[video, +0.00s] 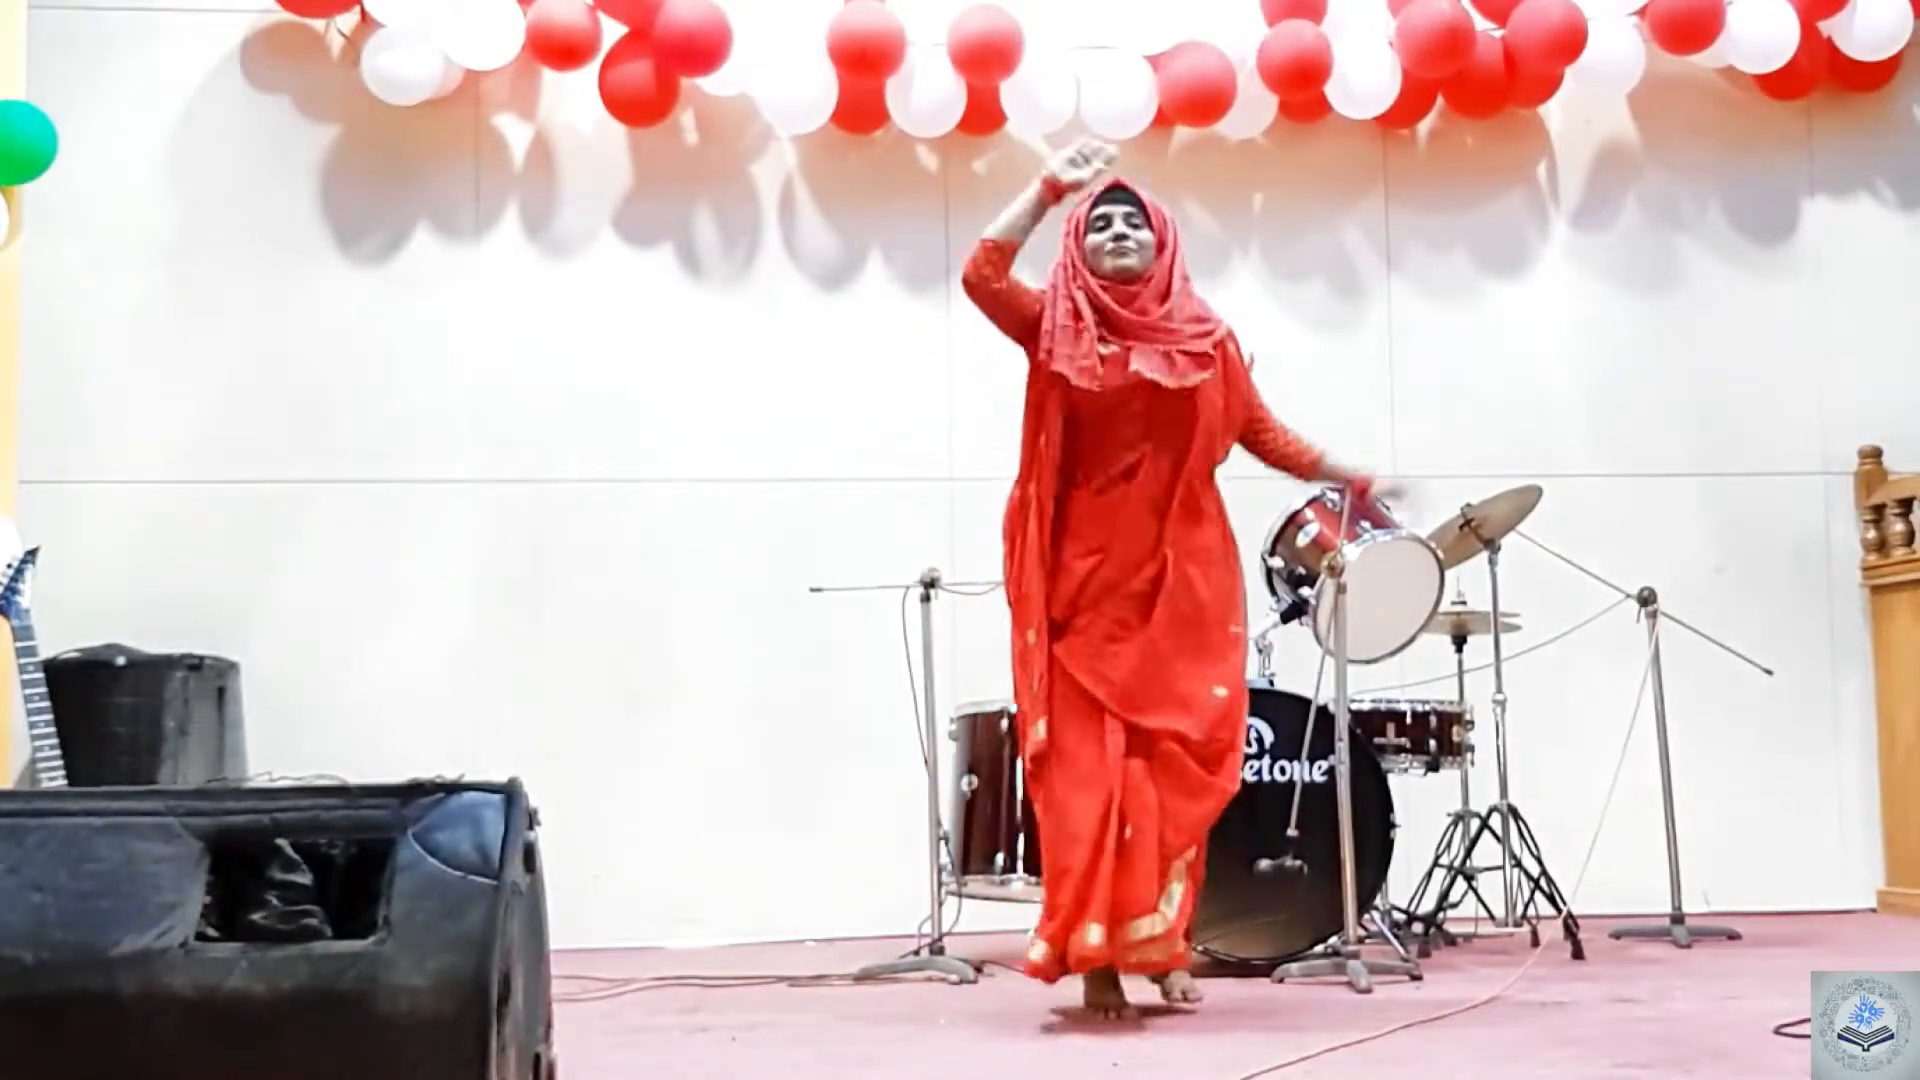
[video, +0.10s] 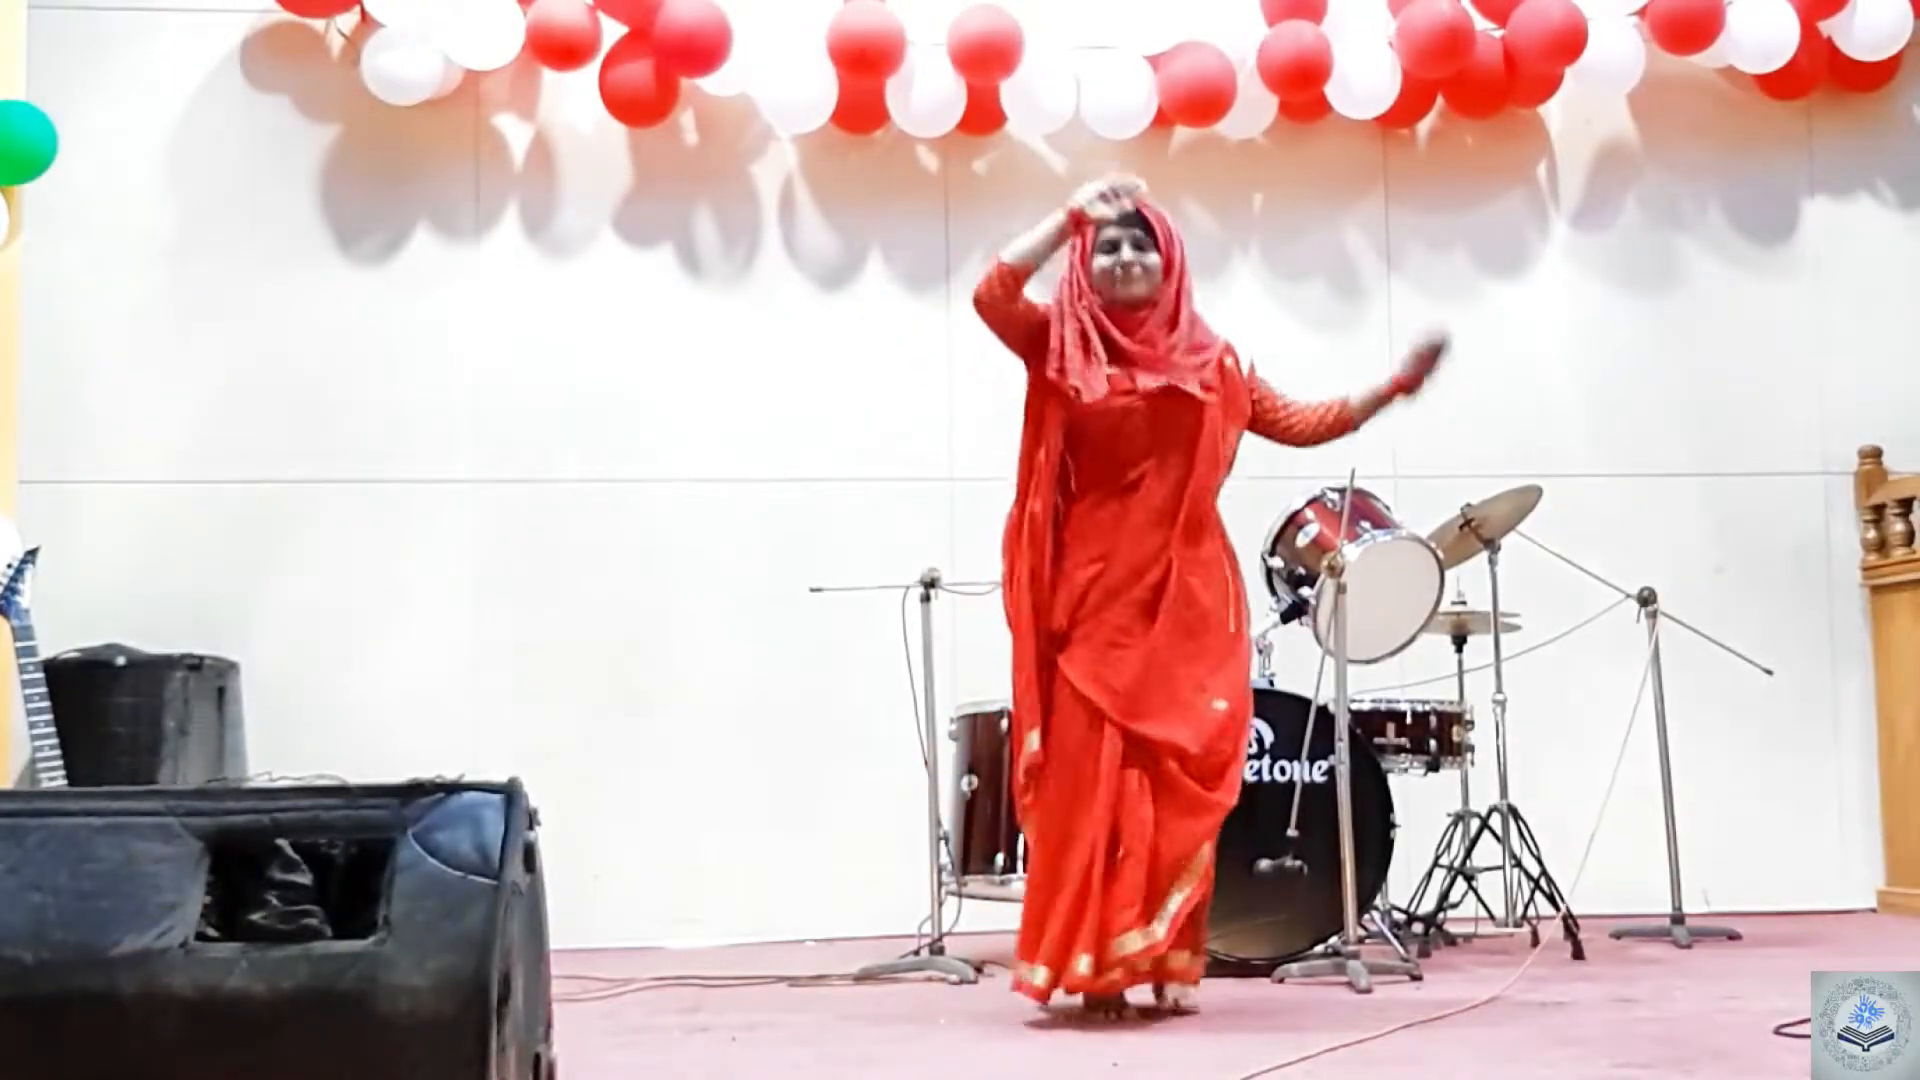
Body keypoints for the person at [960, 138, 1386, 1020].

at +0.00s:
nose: (1117, 232)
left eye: (1131, 219)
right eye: (1098, 224)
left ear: (1160, 239)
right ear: (1079, 248)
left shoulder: (1203, 341)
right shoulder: (1058, 331)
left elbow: (1264, 435)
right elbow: (982, 273)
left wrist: (1346, 474)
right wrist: (1043, 191)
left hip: (1183, 582)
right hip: (1081, 582)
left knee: (1183, 761)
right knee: (1089, 762)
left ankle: (1165, 946)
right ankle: (1097, 963)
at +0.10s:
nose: (1119, 252)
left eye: (1134, 241)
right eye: (1103, 245)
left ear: (1165, 258)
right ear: (1083, 266)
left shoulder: (1208, 362)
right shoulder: (1063, 343)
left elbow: (1302, 423)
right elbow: (993, 294)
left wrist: (1394, 385)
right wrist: (1066, 219)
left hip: (1186, 594)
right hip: (1085, 593)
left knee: (1185, 774)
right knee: (1089, 771)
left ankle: (1160, 963)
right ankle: (1091, 971)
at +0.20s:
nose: (1139, 298)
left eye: (1154, 284)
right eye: (1121, 288)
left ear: (1181, 298)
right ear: (1097, 306)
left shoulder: (1219, 394)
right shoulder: (1070, 382)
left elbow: (1321, 399)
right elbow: (1002, 339)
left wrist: (1366, 313)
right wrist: (1077, 284)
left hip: (1197, 612)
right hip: (1098, 612)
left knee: (1193, 777)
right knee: (1111, 763)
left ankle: (1160, 970)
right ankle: (1093, 966)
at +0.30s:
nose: (1141, 276)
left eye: (1156, 263)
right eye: (1126, 264)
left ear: (1179, 276)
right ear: (1100, 278)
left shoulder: (1215, 363)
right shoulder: (1070, 356)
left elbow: (1312, 344)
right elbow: (999, 318)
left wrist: (1317, 247)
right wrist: (1086, 261)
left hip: (1192, 615)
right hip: (1095, 614)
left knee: (1197, 785)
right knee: (1095, 786)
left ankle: (1164, 972)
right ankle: (1092, 976)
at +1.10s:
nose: (1159, 281)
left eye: (1172, 268)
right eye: (1141, 268)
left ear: (1191, 280)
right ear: (1110, 278)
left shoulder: (1215, 381)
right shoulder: (1077, 361)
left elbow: (1298, 417)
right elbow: (998, 364)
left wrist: (1339, 346)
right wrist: (1029, 276)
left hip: (1190, 613)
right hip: (1090, 614)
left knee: (1199, 788)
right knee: (1098, 792)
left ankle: (1176, 975)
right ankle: (1093, 977)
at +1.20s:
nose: (1175, 298)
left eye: (1187, 284)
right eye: (1158, 284)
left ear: (1205, 293)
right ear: (1123, 290)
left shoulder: (1218, 386)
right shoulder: (1098, 374)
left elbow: (1273, 468)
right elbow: (1075, 457)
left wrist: (1374, 462)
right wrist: (1043, 388)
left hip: (1204, 609)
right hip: (1108, 610)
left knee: (1206, 781)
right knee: (1109, 783)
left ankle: (1176, 975)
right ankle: (1102, 973)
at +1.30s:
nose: (1192, 317)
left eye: (1201, 302)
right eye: (1173, 304)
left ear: (1217, 310)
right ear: (1137, 313)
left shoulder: (1225, 404)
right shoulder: (1103, 392)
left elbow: (1290, 501)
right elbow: (1092, 468)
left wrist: (1384, 552)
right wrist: (1079, 396)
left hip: (1223, 628)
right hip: (1125, 630)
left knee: (1253, 786)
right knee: (1173, 782)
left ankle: (1171, 967)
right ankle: (1093, 912)